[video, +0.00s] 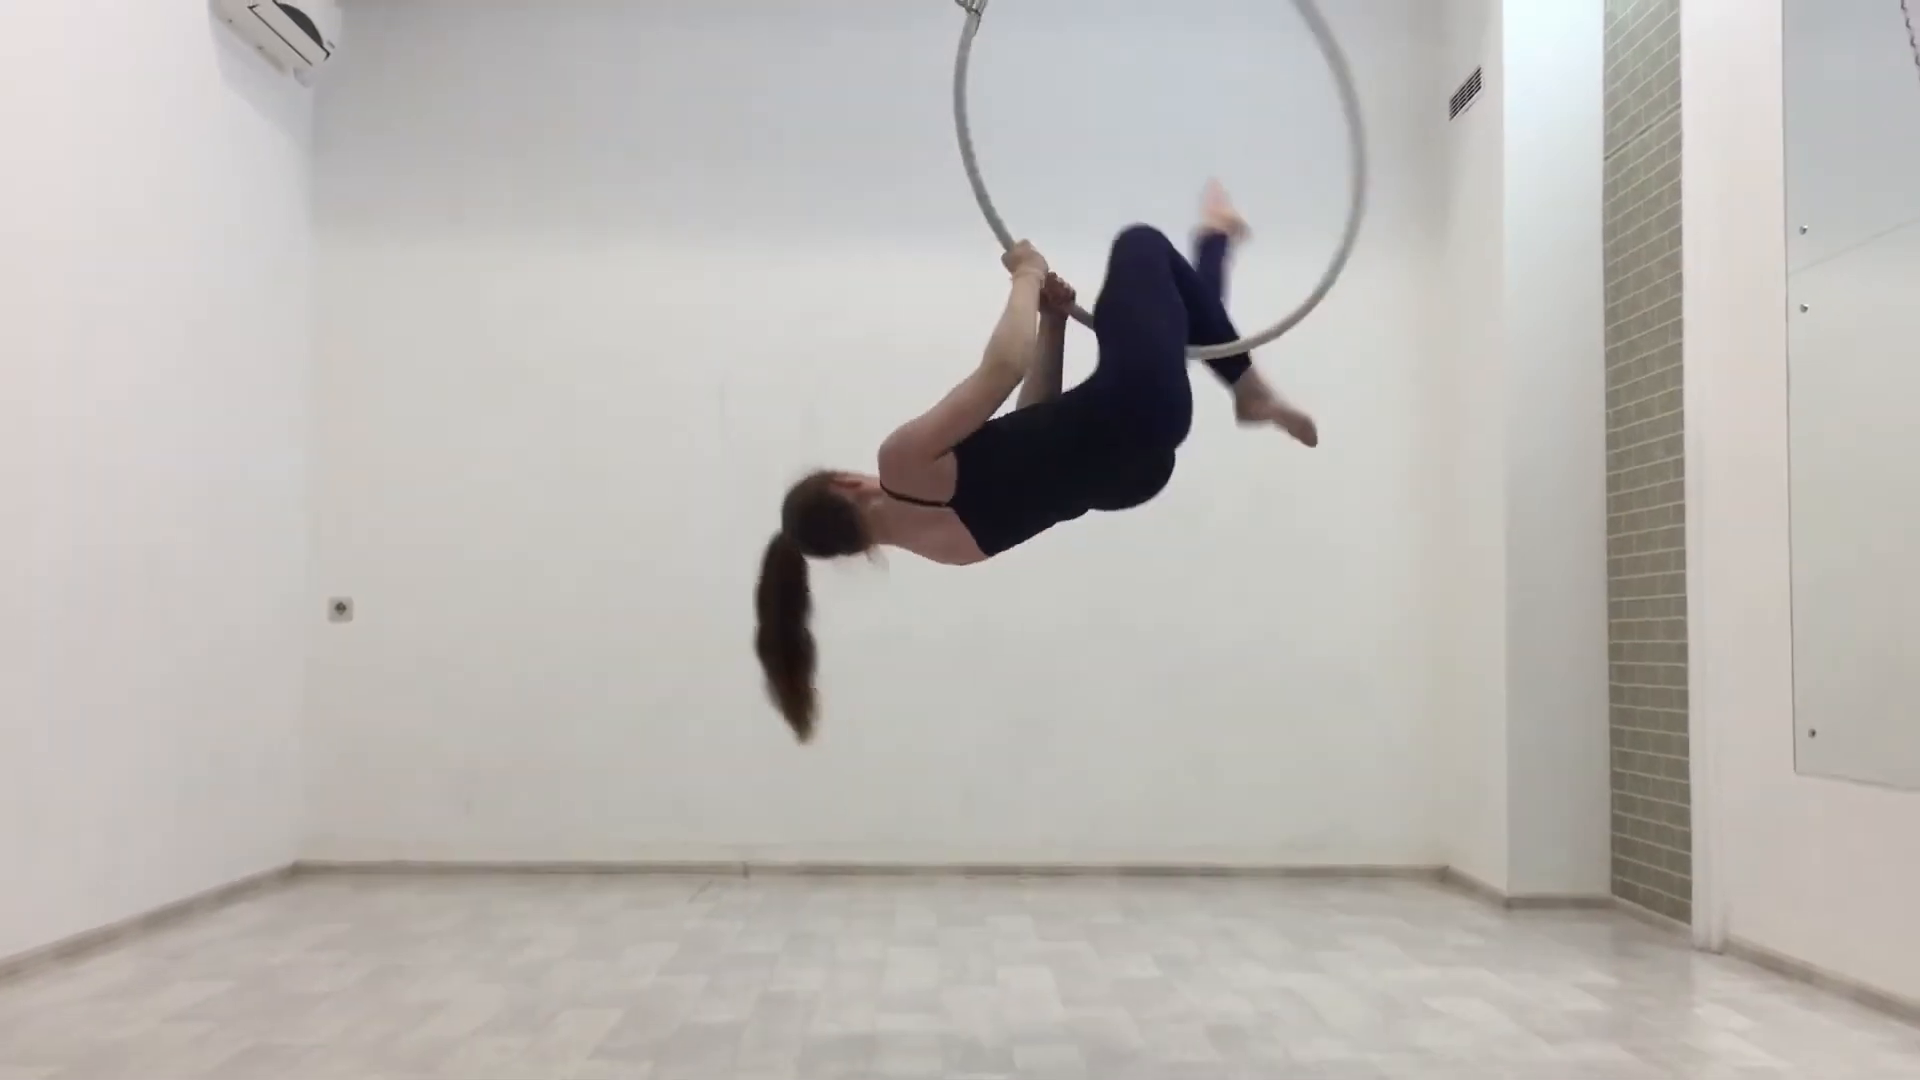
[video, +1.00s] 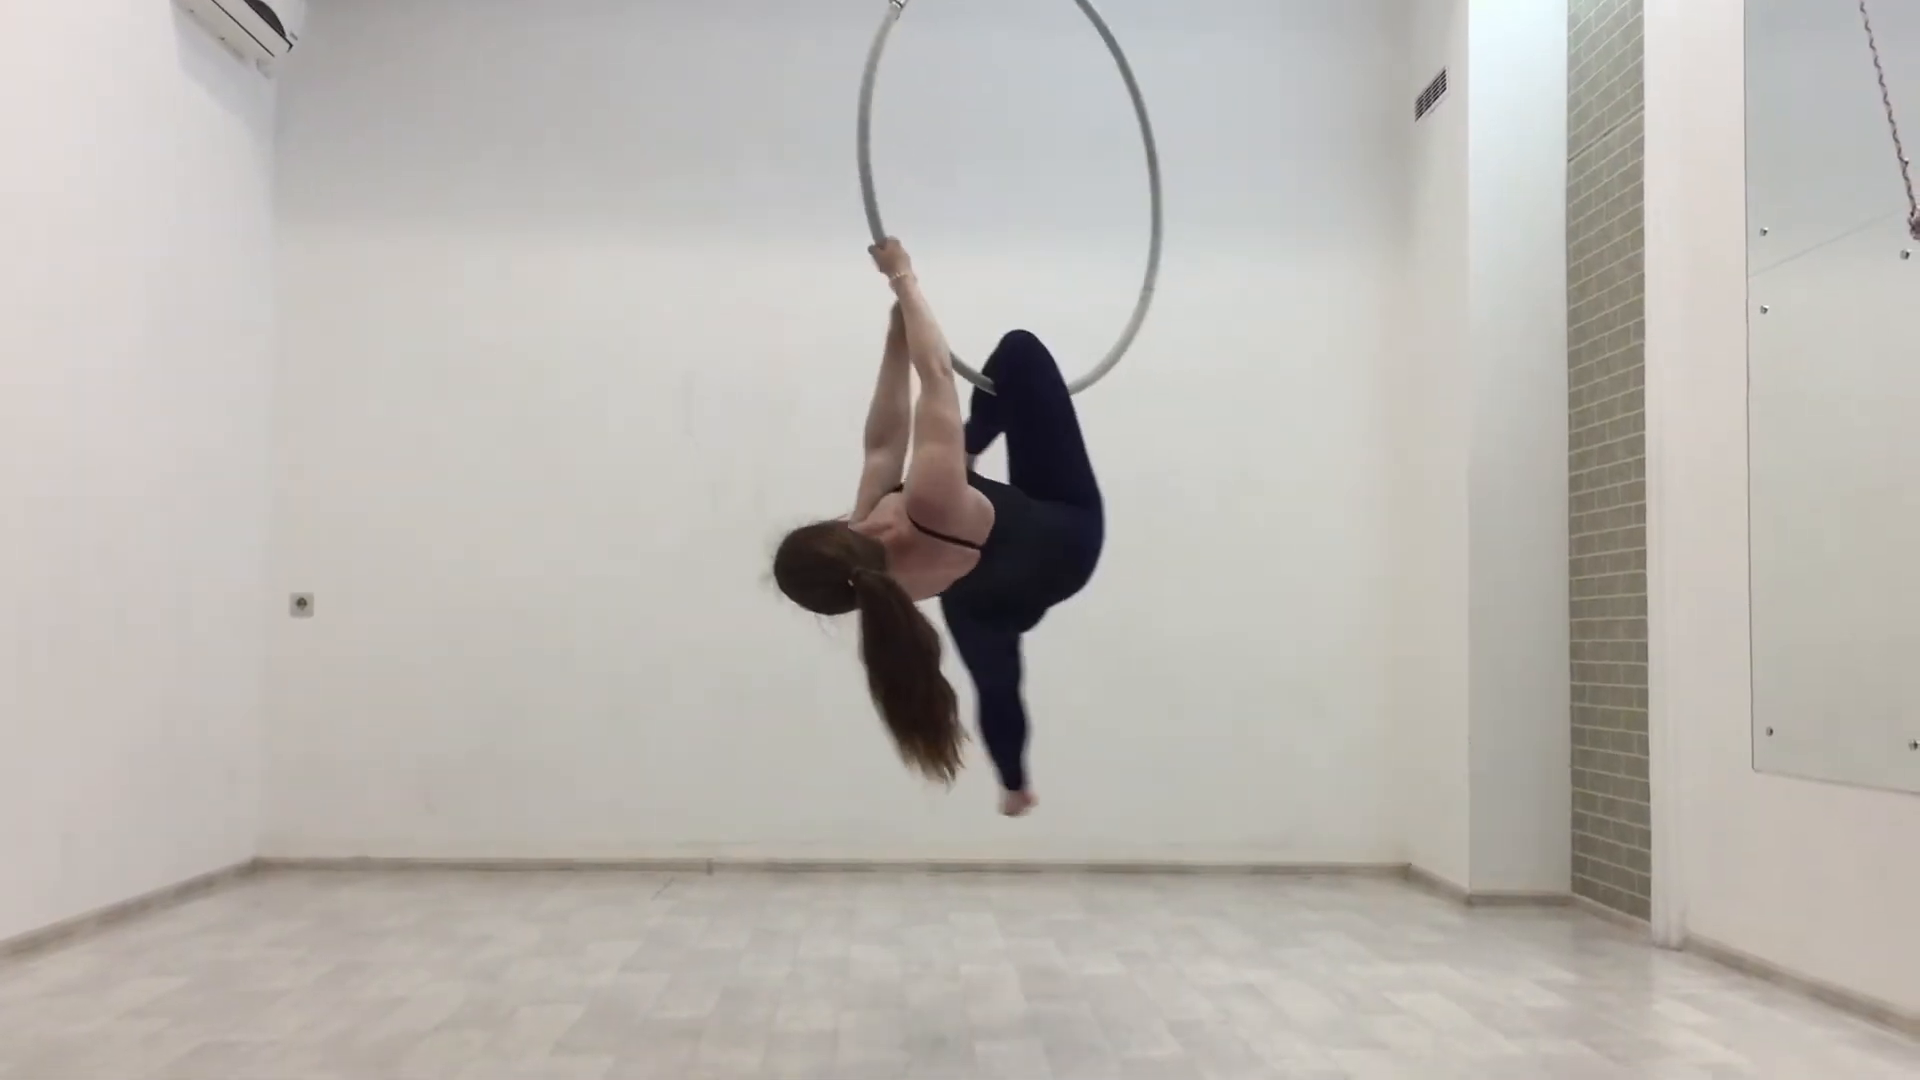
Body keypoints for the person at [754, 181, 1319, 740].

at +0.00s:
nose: (853, 466)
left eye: (840, 469)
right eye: (845, 468)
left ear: (845, 554)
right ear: (846, 482)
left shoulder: (938, 548)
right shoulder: (902, 459)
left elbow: (1034, 424)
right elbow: (1001, 368)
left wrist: (1054, 321)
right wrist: (1023, 278)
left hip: (1132, 481)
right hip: (1140, 415)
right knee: (1140, 243)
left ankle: (1216, 246)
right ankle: (1248, 386)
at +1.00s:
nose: (840, 512)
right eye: (832, 517)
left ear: (840, 595)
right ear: (837, 530)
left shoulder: (886, 579)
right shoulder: (933, 493)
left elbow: (880, 444)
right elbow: (938, 374)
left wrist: (900, 326)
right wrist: (904, 276)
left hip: (1004, 599)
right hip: (1072, 534)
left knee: (997, 684)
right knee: (1020, 351)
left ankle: (1015, 786)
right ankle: (969, 440)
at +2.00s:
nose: (830, 569)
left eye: (805, 575)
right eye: (837, 587)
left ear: (793, 573)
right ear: (857, 621)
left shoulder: (802, 533)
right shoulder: (904, 630)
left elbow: (809, 417)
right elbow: (941, 685)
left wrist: (819, 304)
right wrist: (956, 724)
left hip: (836, 512)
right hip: (907, 509)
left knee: (682, 600)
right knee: (902, 340)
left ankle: (579, 685)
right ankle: (760, 402)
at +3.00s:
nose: (998, 285)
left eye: (1012, 281)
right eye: (1011, 276)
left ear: (1028, 313)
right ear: (1045, 331)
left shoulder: (980, 370)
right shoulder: (1035, 401)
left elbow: (888, 421)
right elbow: (918, 424)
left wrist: (862, 329)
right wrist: (879, 351)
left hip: (900, 579)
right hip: (951, 592)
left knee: (736, 589)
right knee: (898, 395)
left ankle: (591, 614)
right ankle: (774, 501)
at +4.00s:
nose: (1091, 220)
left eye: (1108, 207)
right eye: (1086, 209)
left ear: (1151, 223)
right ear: (1081, 225)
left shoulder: (1164, 292)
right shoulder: (1064, 316)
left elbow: (1228, 360)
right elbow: (1020, 426)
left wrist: (1226, 268)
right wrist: (932, 442)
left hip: (1125, 507)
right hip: (1034, 499)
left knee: (1107, 701)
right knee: (997, 650)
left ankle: (1101, 895)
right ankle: (964, 823)